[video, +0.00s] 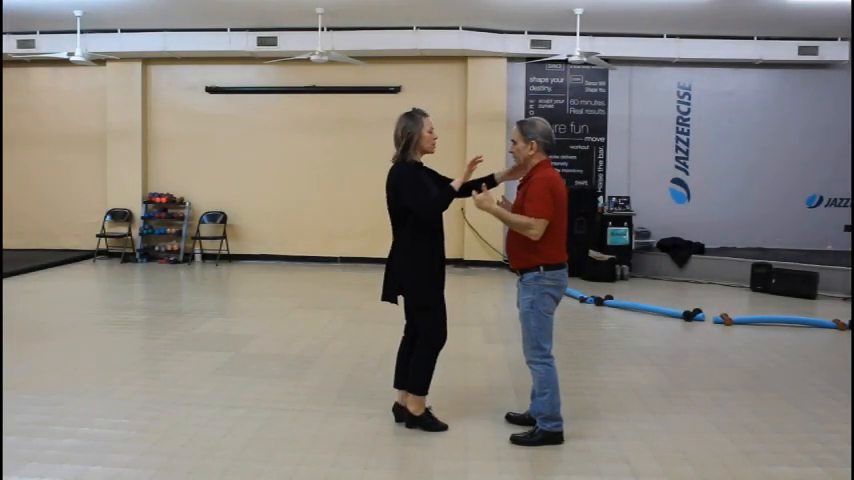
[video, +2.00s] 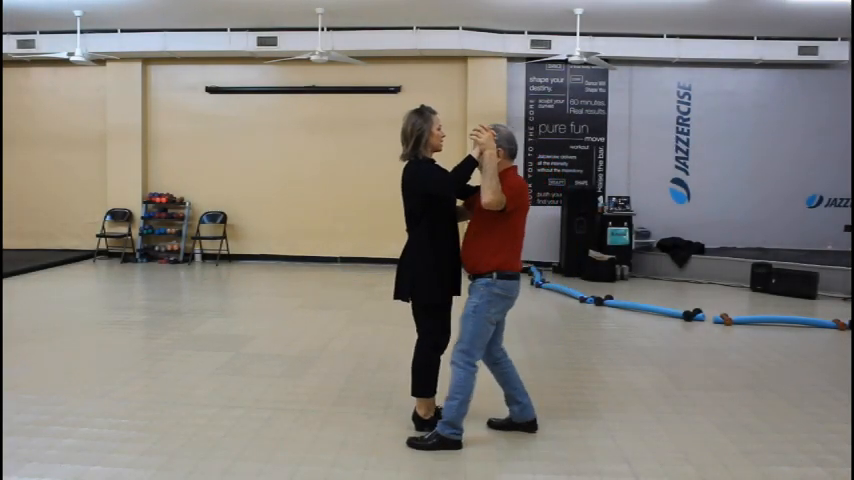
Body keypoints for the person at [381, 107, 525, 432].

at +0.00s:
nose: (435, 136)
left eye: (434, 131)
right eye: (430, 131)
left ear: (415, 136)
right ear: (414, 135)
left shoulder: (416, 170)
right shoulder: (406, 173)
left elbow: (460, 188)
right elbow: (431, 207)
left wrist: (505, 175)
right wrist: (456, 183)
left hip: (418, 269)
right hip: (420, 271)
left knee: (416, 332)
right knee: (433, 335)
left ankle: (403, 402)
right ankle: (416, 407)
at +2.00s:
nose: (443, 134)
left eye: (441, 128)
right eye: (438, 129)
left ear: (424, 133)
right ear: (423, 134)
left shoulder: (425, 168)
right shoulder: (420, 170)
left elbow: (442, 214)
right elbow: (451, 189)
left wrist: (473, 208)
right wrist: (476, 155)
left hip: (432, 267)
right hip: (427, 269)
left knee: (434, 337)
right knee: (433, 338)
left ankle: (426, 406)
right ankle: (424, 410)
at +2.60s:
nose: (452, 133)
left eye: (450, 127)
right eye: (446, 128)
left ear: (433, 132)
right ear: (431, 133)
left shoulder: (439, 168)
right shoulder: (425, 170)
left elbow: (473, 187)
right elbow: (459, 183)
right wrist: (485, 152)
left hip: (439, 267)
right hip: (429, 268)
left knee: (435, 338)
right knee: (431, 339)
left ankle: (427, 407)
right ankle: (425, 411)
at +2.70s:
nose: (453, 134)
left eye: (451, 128)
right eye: (447, 128)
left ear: (435, 132)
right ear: (432, 133)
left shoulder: (440, 169)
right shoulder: (426, 170)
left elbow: (474, 188)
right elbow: (460, 183)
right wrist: (485, 154)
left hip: (442, 267)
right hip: (432, 268)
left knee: (436, 338)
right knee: (433, 339)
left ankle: (427, 407)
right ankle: (425, 411)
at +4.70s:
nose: (461, 131)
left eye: (459, 126)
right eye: (456, 127)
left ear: (442, 132)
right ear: (441, 133)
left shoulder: (442, 166)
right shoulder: (440, 169)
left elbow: (474, 188)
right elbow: (473, 185)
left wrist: (506, 171)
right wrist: (503, 160)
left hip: (444, 267)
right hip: (441, 269)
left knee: (438, 339)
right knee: (436, 340)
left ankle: (427, 407)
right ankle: (424, 411)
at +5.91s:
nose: (453, 139)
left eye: (452, 133)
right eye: (448, 134)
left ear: (432, 138)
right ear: (433, 138)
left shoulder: (436, 173)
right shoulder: (425, 174)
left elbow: (464, 200)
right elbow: (455, 190)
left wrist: (498, 189)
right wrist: (485, 165)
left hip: (435, 270)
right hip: (421, 272)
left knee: (446, 336)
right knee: (445, 337)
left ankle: (429, 406)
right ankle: (410, 404)